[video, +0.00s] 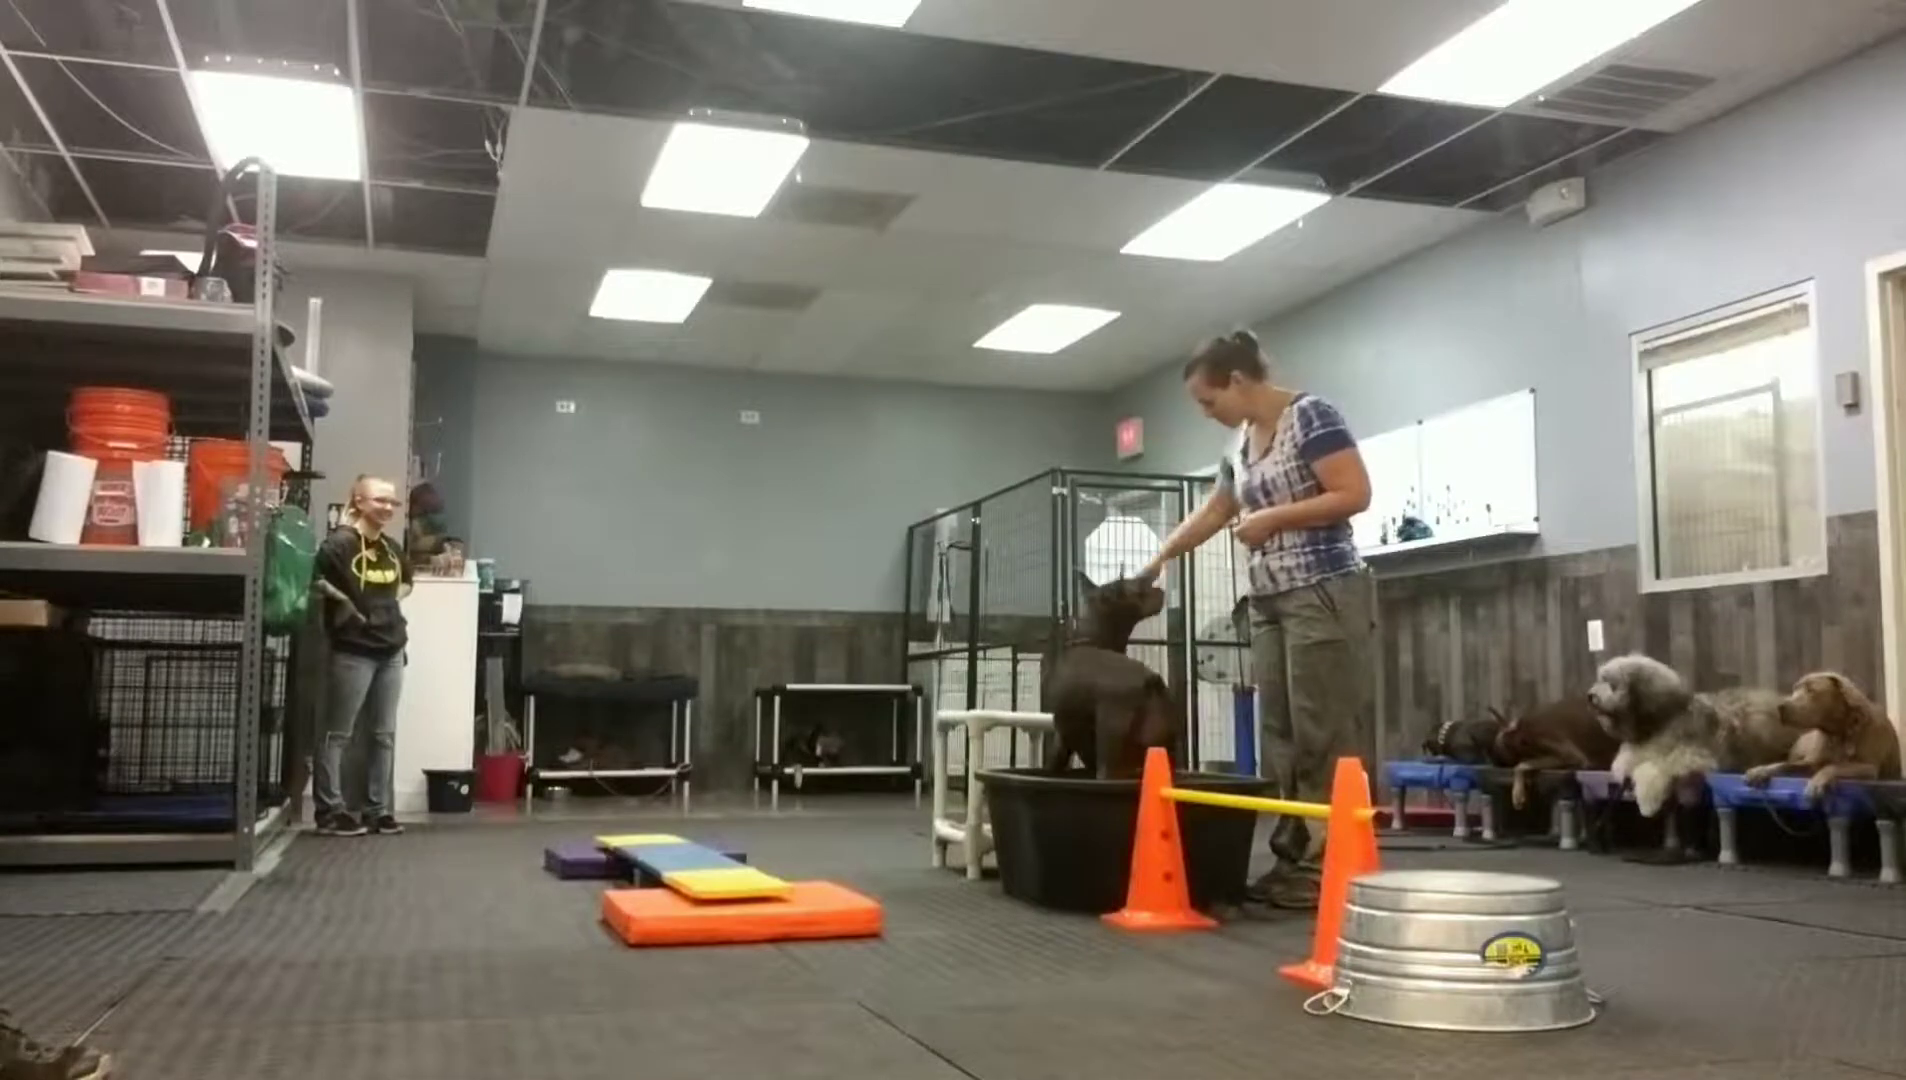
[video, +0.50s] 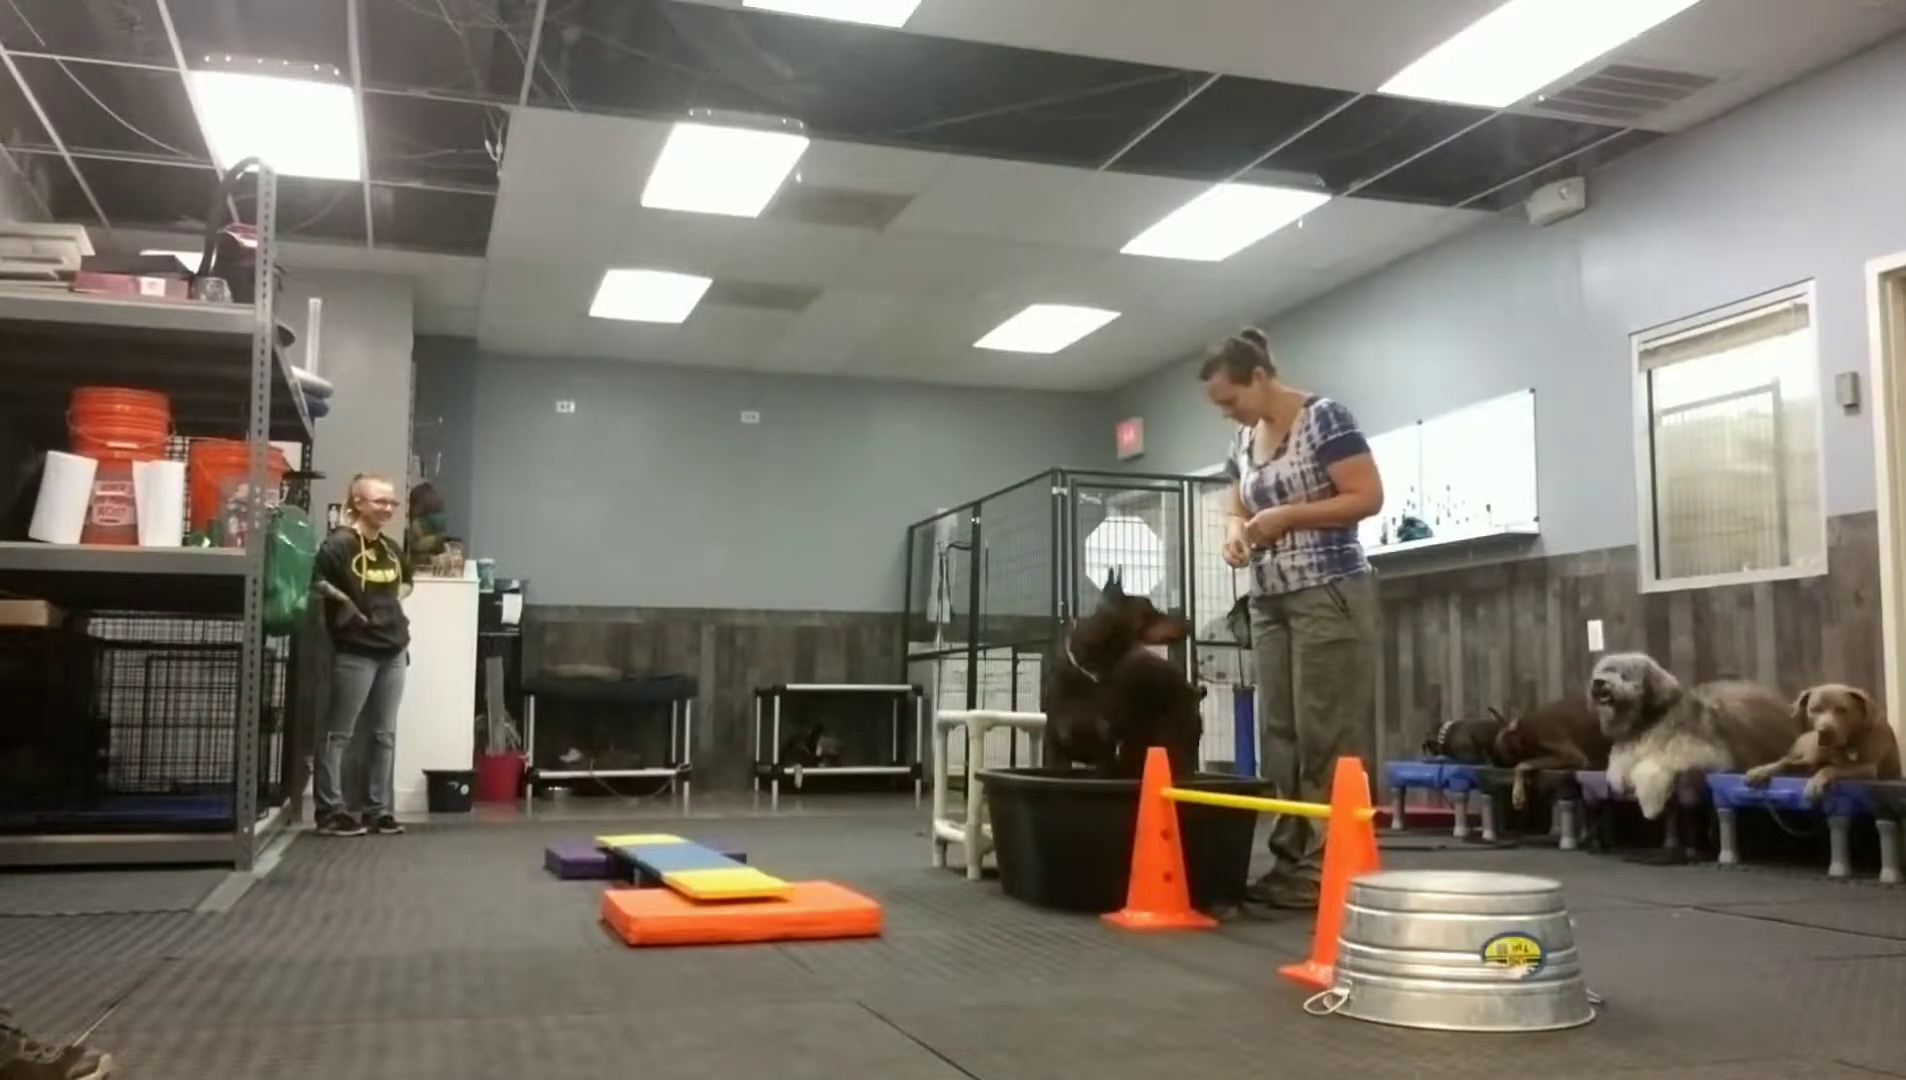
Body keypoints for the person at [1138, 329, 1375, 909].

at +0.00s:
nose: (1209, 414)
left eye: (1209, 402)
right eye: (1203, 406)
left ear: (1238, 381)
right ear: (1233, 387)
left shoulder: (1310, 415)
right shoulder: (1245, 449)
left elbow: (1354, 494)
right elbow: (1215, 511)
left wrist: (1274, 519)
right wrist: (1162, 557)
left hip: (1324, 594)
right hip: (1272, 601)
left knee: (1323, 730)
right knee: (1281, 731)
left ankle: (1325, 869)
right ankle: (1293, 862)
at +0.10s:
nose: (1206, 414)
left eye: (1208, 401)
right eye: (1201, 405)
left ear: (1237, 380)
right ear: (1229, 387)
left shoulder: (1312, 414)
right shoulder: (1236, 447)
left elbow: (1358, 492)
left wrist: (1277, 517)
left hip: (1326, 594)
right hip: (1269, 601)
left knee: (1327, 731)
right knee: (1281, 731)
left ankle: (1325, 869)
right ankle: (1293, 862)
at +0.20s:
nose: (1209, 413)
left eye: (1210, 399)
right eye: (1203, 405)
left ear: (1241, 379)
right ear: (1230, 388)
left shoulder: (1312, 414)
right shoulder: (1234, 444)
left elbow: (1359, 494)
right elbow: (1187, 513)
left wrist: (1278, 516)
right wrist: (1134, 526)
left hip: (1325, 595)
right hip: (1265, 603)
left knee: (1325, 732)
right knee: (1278, 734)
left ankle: (1329, 866)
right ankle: (1293, 861)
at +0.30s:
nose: (1212, 413)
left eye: (1214, 399)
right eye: (1205, 404)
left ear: (1246, 378)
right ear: (1232, 388)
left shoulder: (1313, 415)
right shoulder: (1237, 446)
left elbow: (1358, 494)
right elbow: (1218, 518)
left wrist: (1280, 518)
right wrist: (1200, 537)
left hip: (1324, 594)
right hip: (1264, 601)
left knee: (1329, 729)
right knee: (1278, 732)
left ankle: (1330, 864)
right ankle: (1294, 859)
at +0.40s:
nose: (1218, 413)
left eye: (1220, 400)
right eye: (1211, 405)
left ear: (1250, 378)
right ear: (1234, 389)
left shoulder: (1317, 416)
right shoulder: (1240, 440)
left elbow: (1362, 496)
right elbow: (1228, 507)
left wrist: (1282, 518)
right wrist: (1227, 528)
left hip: (1326, 594)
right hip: (1267, 600)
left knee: (1328, 731)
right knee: (1280, 733)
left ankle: (1331, 865)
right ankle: (1294, 860)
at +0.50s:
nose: (1228, 413)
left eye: (1230, 400)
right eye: (1221, 405)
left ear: (1260, 378)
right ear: (1240, 391)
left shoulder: (1323, 417)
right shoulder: (1247, 445)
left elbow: (1367, 498)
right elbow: (1240, 512)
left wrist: (1286, 517)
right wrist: (1237, 531)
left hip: (1329, 595)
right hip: (1272, 601)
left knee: (1327, 731)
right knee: (1281, 731)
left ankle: (1331, 867)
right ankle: (1292, 861)